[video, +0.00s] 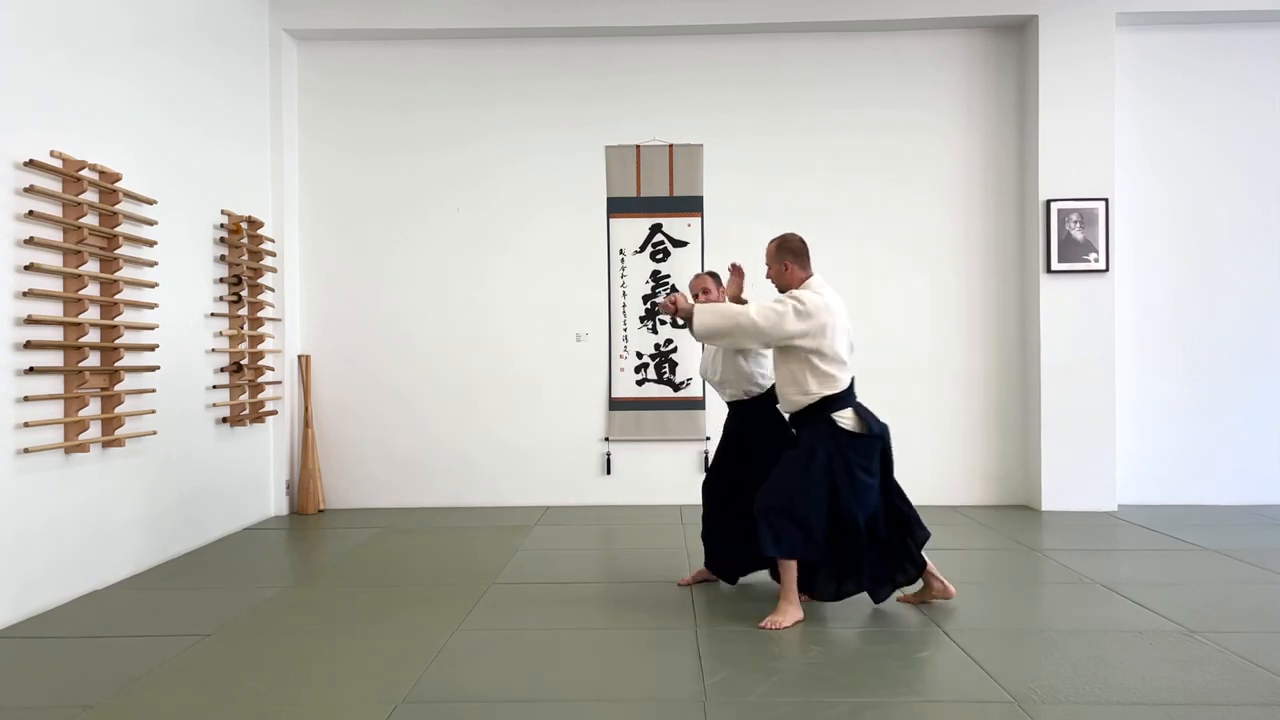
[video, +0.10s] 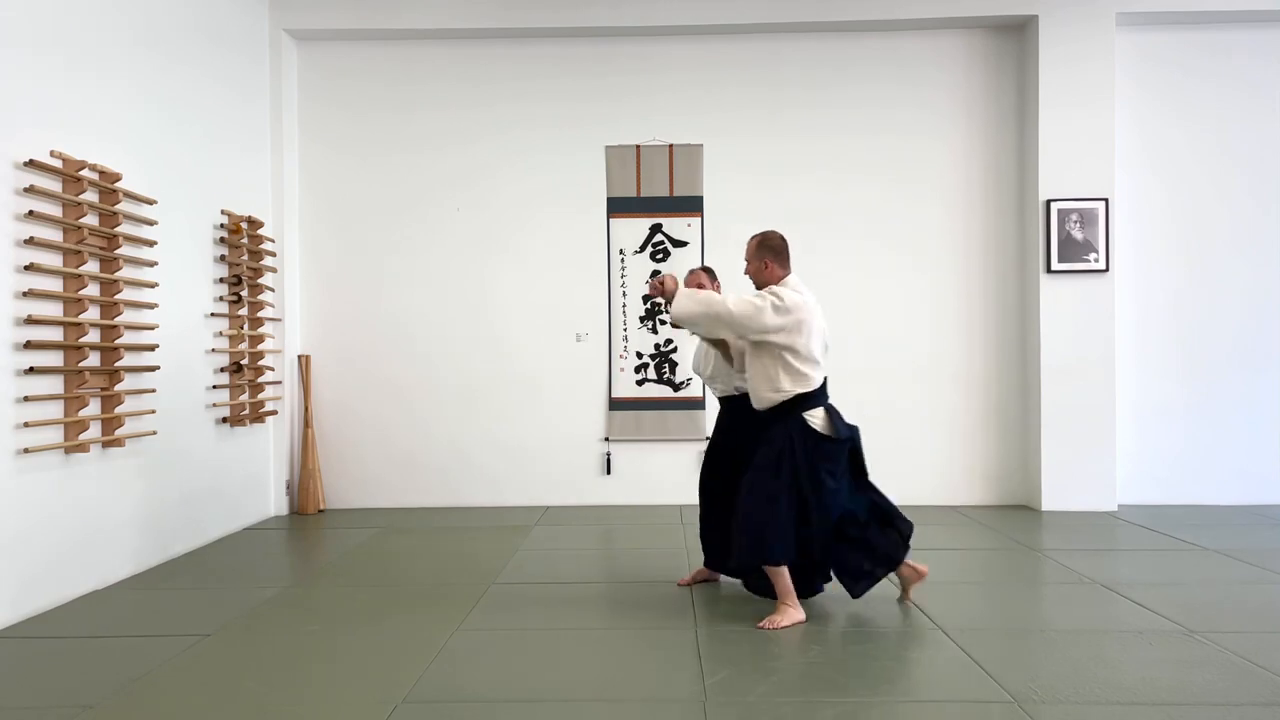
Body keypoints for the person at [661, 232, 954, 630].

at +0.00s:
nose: (768, 275)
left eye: (770, 268)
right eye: (768, 268)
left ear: (788, 268)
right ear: (801, 266)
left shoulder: (804, 307)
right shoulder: (822, 298)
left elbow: (749, 321)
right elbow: (763, 327)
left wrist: (690, 311)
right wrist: (735, 305)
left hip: (827, 430)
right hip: (847, 422)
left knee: (777, 504)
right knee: (875, 505)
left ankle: (790, 603)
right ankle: (933, 582)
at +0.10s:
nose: (746, 270)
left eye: (749, 263)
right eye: (747, 263)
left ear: (767, 265)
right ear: (780, 265)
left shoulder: (781, 305)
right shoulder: (798, 300)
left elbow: (724, 309)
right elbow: (748, 351)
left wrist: (676, 295)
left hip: (793, 422)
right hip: (812, 416)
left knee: (759, 508)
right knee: (834, 503)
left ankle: (789, 605)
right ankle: (903, 567)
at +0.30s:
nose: (704, 269)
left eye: (709, 262)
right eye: (704, 263)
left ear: (729, 264)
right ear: (728, 266)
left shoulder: (748, 296)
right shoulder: (710, 310)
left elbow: (680, 268)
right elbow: (667, 322)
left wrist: (661, 250)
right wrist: (649, 275)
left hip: (751, 421)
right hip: (718, 421)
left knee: (739, 517)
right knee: (675, 500)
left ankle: (789, 606)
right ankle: (706, 574)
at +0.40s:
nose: (681, 270)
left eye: (688, 262)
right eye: (679, 264)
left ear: (707, 264)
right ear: (683, 271)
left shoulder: (730, 304)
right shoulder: (677, 305)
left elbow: (705, 246)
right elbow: (633, 288)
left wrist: (677, 228)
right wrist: (649, 248)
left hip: (717, 419)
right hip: (675, 419)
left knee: (732, 516)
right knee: (628, 494)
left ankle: (787, 605)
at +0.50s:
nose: (673, 280)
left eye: (683, 275)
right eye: (669, 271)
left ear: (700, 279)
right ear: (660, 269)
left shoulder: (702, 315)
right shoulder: (643, 305)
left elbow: (730, 269)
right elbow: (628, 263)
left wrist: (709, 232)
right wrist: (663, 230)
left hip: (680, 427)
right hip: (632, 424)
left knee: (719, 506)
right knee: (585, 501)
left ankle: (766, 595)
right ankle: (561, 571)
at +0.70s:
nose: (651, 304)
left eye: (655, 299)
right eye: (647, 296)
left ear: (655, 297)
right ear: (624, 286)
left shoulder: (649, 329)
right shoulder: (590, 318)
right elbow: (630, 336)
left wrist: (696, 332)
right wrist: (678, 311)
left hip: (643, 436)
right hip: (595, 436)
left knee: (677, 506)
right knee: (563, 509)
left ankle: (708, 587)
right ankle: (548, 576)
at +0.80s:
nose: (640, 302)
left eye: (644, 295)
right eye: (635, 295)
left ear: (647, 291)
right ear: (613, 286)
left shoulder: (646, 323)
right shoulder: (581, 321)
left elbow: (661, 381)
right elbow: (590, 361)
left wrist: (668, 355)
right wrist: (642, 346)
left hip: (642, 431)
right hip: (593, 433)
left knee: (674, 506)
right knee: (561, 508)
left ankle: (690, 588)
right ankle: (543, 575)